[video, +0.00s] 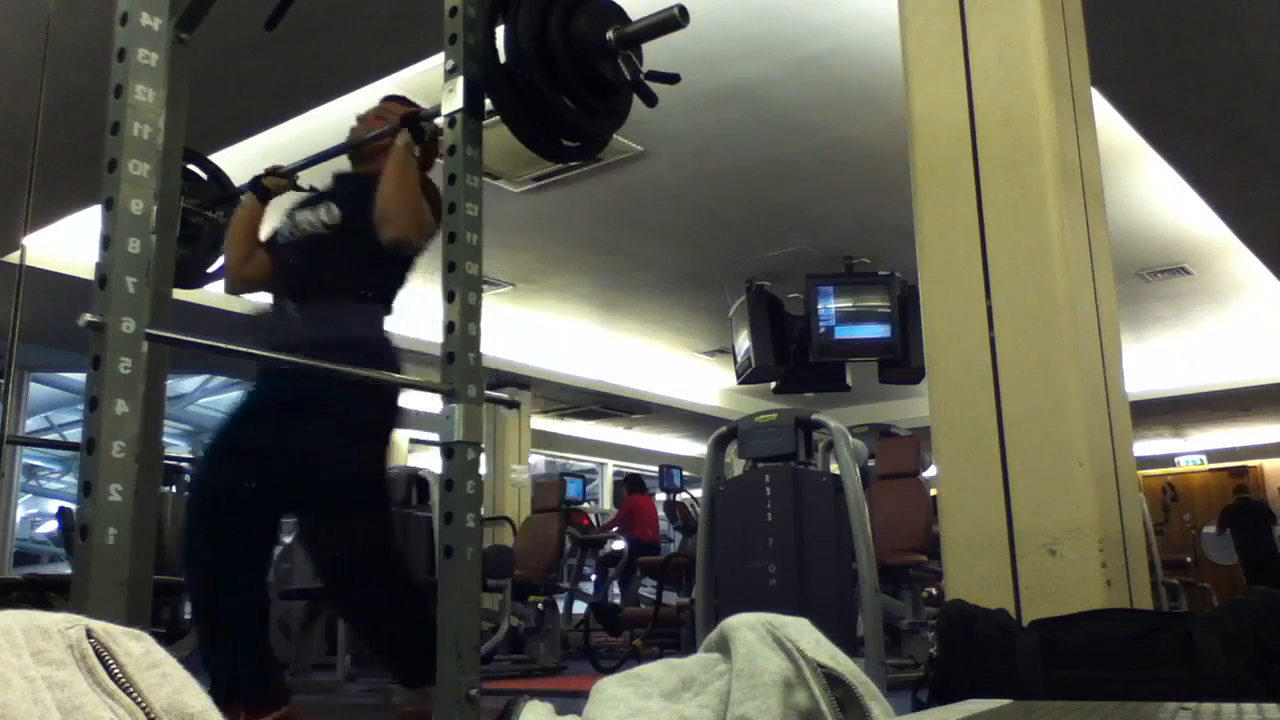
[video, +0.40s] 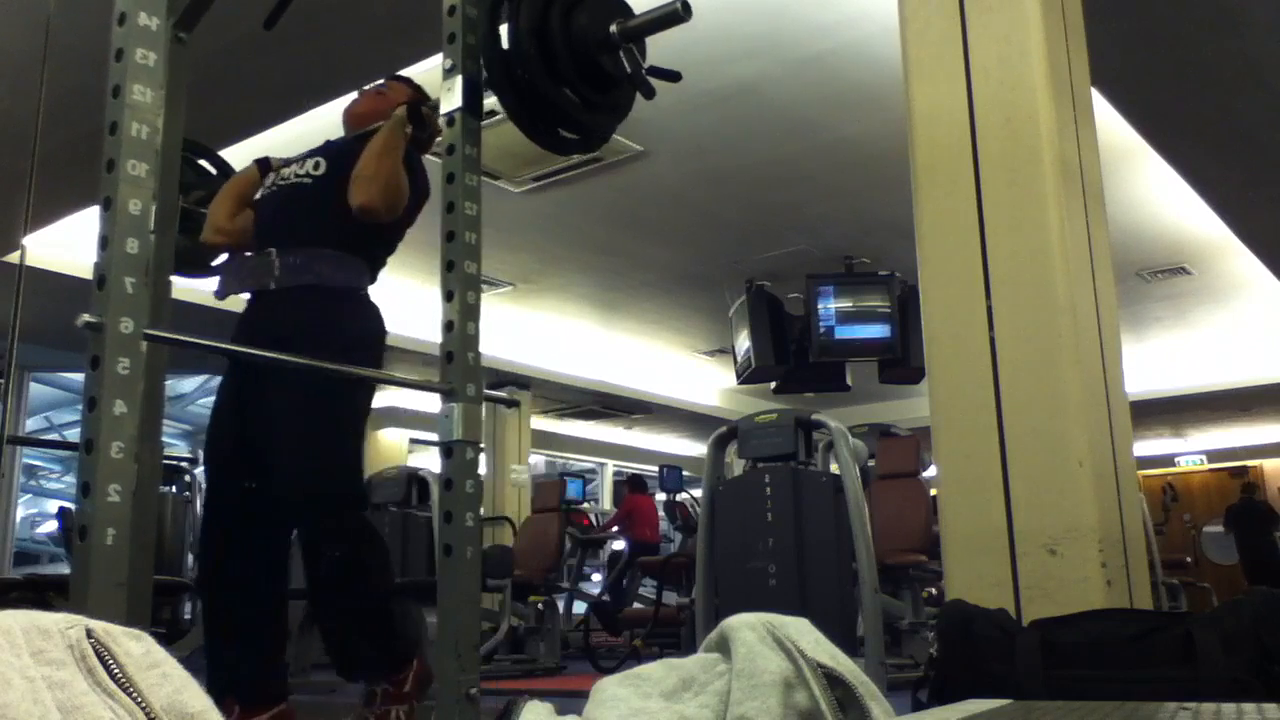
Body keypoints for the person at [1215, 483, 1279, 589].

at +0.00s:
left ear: (1234, 495)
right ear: (1248, 493)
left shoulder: (1229, 509)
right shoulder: (1261, 505)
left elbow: (1219, 531)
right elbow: (1274, 521)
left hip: (1246, 553)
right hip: (1268, 550)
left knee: (1253, 582)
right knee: (1273, 581)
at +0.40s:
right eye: (1254, 491)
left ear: (1241, 492)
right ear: (1255, 492)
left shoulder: (1232, 509)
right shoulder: (1264, 506)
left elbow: (1227, 530)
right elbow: (1276, 523)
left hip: (1246, 553)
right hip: (1268, 551)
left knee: (1253, 582)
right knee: (1272, 581)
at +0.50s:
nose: (1262, 493)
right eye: (1261, 491)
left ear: (1245, 492)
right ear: (1259, 492)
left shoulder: (1236, 508)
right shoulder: (1267, 506)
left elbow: (1230, 525)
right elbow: (1277, 524)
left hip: (1247, 552)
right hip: (1269, 551)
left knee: (1253, 581)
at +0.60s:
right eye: (1261, 491)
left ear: (1249, 491)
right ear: (1264, 491)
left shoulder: (1240, 508)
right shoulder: (1272, 508)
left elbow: (1232, 520)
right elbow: (1277, 526)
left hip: (1249, 552)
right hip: (1270, 552)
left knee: (1255, 583)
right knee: (1273, 582)